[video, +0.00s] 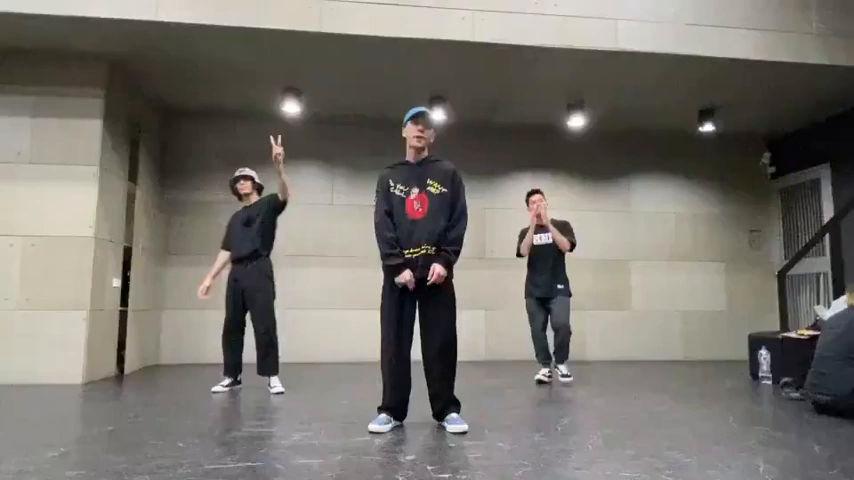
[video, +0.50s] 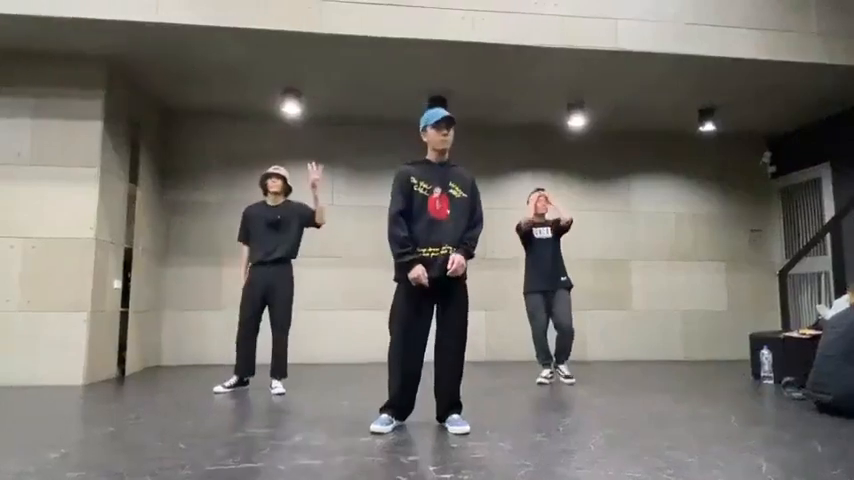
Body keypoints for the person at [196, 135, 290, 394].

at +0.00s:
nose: (241, 183)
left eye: (246, 179)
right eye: (237, 181)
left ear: (255, 184)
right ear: (235, 188)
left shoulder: (268, 204)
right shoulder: (235, 217)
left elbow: (284, 195)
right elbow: (226, 251)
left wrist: (279, 166)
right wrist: (210, 277)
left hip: (259, 270)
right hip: (236, 272)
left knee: (265, 326)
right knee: (232, 327)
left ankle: (272, 376)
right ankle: (231, 376)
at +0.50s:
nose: (273, 182)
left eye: (278, 179)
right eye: (270, 178)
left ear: (286, 185)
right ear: (264, 184)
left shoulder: (295, 209)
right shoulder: (252, 211)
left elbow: (319, 220)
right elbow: (245, 247)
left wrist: (315, 190)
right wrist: (244, 277)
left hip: (282, 274)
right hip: (256, 274)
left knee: (280, 329)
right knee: (246, 326)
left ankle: (277, 378)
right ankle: (242, 376)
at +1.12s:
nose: (278, 185)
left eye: (283, 181)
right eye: (274, 182)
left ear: (291, 187)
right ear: (269, 187)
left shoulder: (302, 214)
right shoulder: (256, 212)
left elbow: (315, 231)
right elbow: (245, 244)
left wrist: (319, 232)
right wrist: (247, 270)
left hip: (291, 278)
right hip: (264, 277)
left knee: (290, 332)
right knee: (263, 331)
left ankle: (287, 383)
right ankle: (264, 382)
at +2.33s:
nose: (246, 166)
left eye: (251, 162)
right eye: (242, 162)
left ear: (259, 169)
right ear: (236, 168)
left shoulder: (273, 196)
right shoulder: (224, 196)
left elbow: (293, 224)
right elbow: (212, 223)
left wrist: (281, 242)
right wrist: (216, 242)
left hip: (262, 266)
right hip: (233, 266)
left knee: (262, 321)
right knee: (230, 322)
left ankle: (260, 372)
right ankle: (230, 374)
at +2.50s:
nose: (242, 172)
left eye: (246, 168)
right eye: (238, 168)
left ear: (255, 174)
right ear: (232, 173)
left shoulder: (268, 203)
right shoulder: (221, 201)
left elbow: (271, 239)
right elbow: (218, 236)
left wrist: (252, 246)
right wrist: (232, 242)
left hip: (255, 268)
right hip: (229, 266)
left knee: (256, 322)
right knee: (217, 316)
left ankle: (249, 374)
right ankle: (226, 369)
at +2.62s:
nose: (238, 177)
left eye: (242, 173)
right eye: (234, 173)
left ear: (251, 178)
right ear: (229, 178)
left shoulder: (267, 205)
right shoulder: (220, 203)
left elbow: (289, 225)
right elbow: (192, 222)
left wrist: (304, 226)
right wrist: (160, 218)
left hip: (251, 275)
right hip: (221, 273)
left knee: (258, 327)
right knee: (194, 319)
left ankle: (249, 376)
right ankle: (177, 366)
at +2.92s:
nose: (235, 174)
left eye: (240, 170)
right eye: (232, 170)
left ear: (249, 175)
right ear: (227, 175)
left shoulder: (263, 203)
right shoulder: (217, 201)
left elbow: (285, 234)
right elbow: (199, 233)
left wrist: (289, 217)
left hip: (250, 271)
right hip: (220, 270)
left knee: (252, 324)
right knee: (206, 320)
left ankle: (250, 373)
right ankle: (207, 364)